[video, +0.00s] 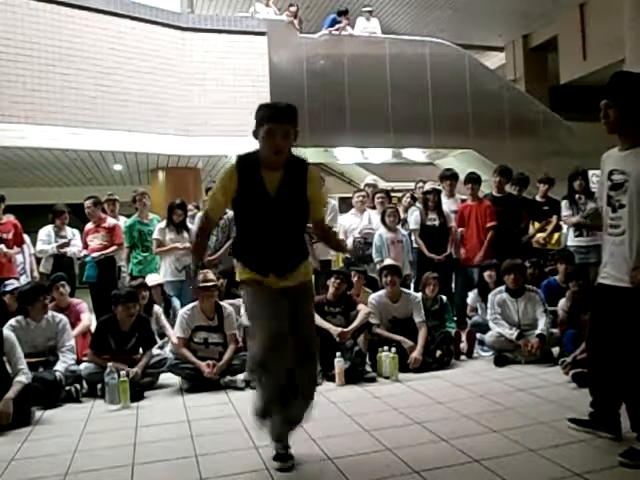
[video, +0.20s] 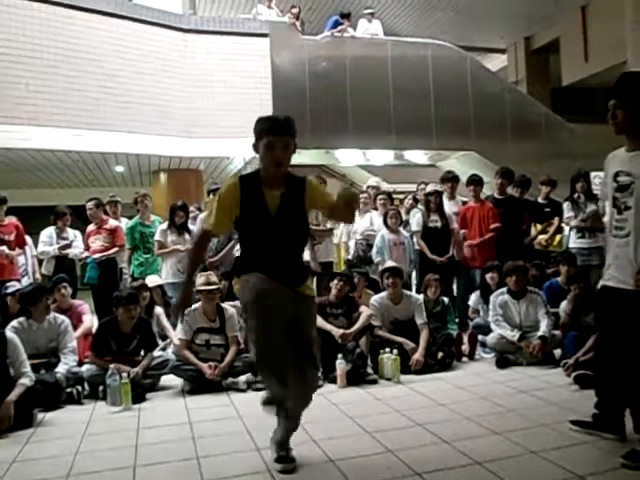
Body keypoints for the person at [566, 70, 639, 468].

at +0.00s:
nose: (604, 117)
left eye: (610, 109)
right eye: (603, 110)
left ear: (627, 113)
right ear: (608, 115)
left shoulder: (636, 159)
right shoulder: (609, 158)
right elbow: (609, 214)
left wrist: (638, 267)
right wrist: (585, 221)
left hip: (633, 279)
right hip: (608, 277)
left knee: (635, 359)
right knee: (603, 350)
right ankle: (604, 416)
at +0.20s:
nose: (612, 118)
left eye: (617, 110)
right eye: (610, 111)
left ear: (633, 114)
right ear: (616, 117)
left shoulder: (634, 161)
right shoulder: (613, 159)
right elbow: (610, 213)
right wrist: (590, 222)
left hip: (634, 280)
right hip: (613, 277)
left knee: (634, 360)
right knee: (609, 352)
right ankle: (609, 417)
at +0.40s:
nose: (616, 118)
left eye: (621, 111)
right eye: (615, 112)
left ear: (637, 115)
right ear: (619, 118)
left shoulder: (634, 162)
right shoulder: (618, 160)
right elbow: (614, 218)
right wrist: (595, 225)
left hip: (635, 282)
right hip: (617, 279)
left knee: (634, 360)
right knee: (615, 354)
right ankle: (611, 418)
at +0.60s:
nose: (614, 119)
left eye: (620, 112)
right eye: (613, 113)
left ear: (636, 115)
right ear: (618, 118)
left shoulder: (634, 162)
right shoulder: (617, 161)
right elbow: (615, 220)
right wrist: (593, 228)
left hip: (636, 282)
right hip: (618, 279)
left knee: (635, 360)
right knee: (615, 353)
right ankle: (612, 418)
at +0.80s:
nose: (613, 122)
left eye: (618, 113)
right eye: (612, 114)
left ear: (633, 116)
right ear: (618, 119)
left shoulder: (632, 162)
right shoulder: (615, 161)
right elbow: (616, 222)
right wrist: (610, 273)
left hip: (636, 283)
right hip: (619, 279)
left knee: (635, 360)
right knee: (618, 354)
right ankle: (612, 418)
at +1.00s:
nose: (612, 122)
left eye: (617, 114)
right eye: (611, 115)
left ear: (632, 117)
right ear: (618, 119)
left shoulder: (632, 163)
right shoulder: (614, 160)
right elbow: (614, 222)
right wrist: (610, 273)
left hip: (637, 283)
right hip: (620, 279)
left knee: (636, 359)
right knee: (618, 353)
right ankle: (613, 418)